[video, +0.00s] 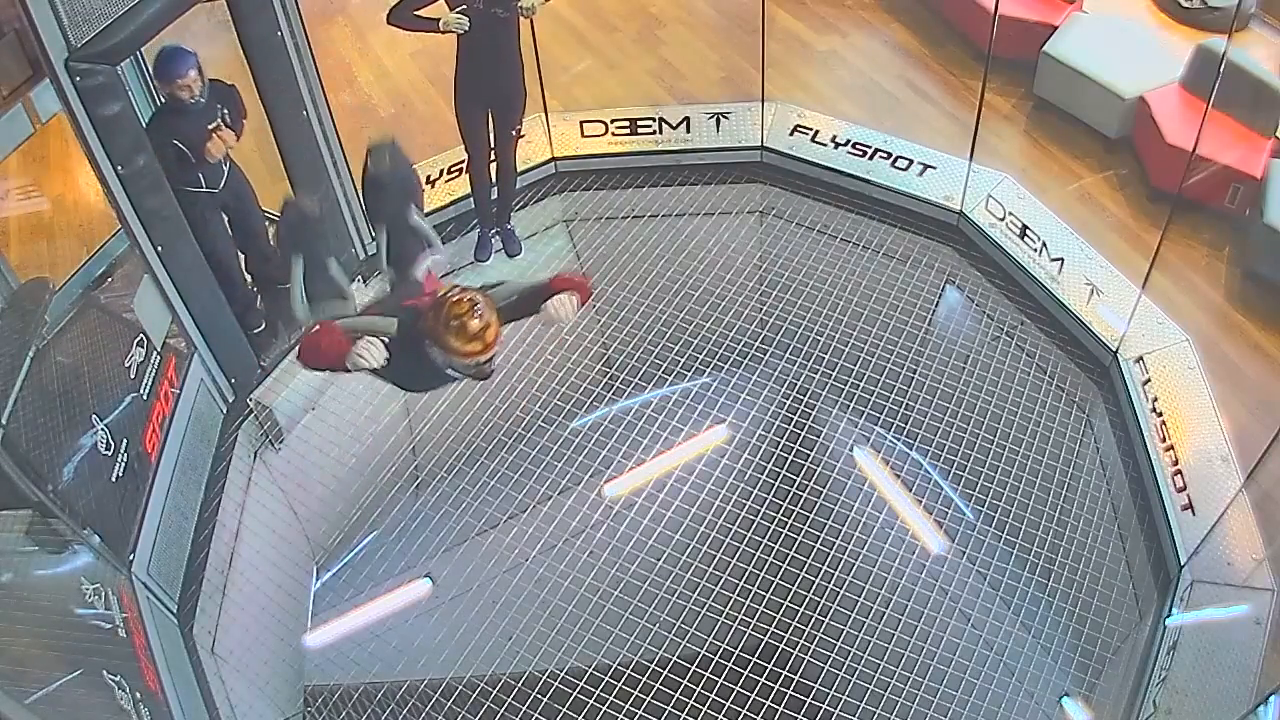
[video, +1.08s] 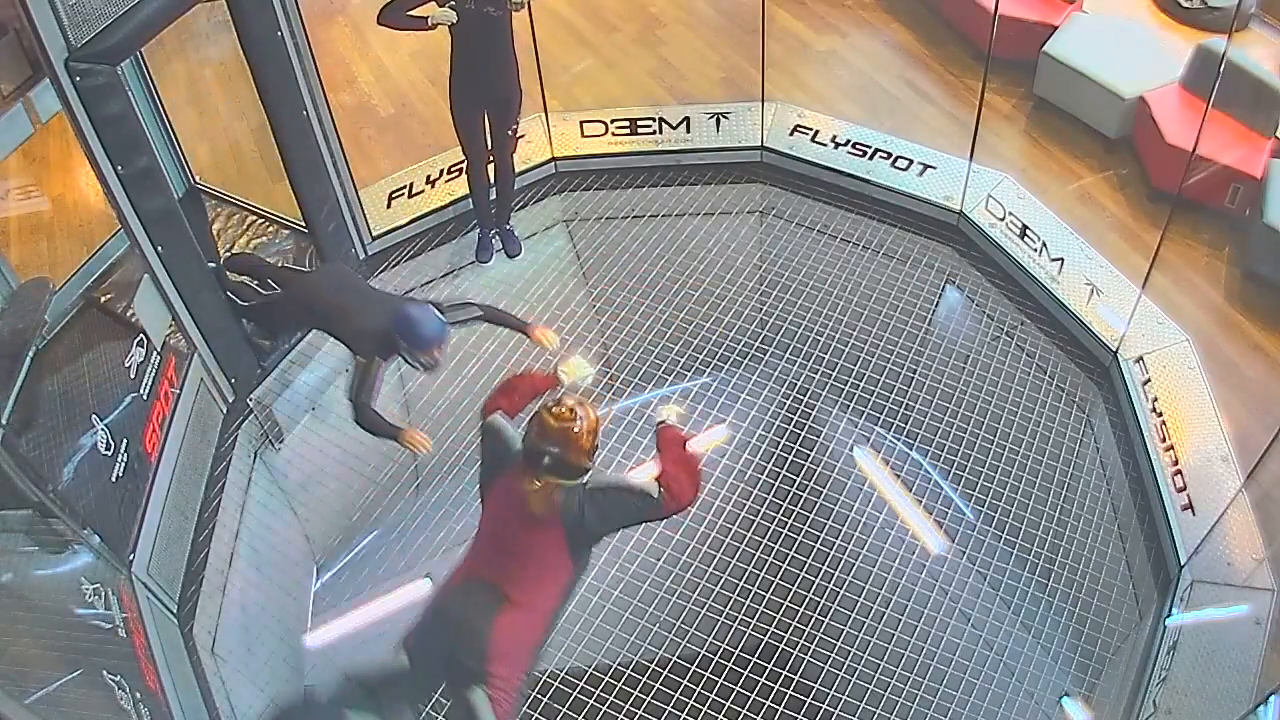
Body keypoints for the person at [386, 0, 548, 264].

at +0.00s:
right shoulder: (448, 0)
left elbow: (524, 8)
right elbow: (396, 15)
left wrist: (530, 7)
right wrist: (438, 24)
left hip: (510, 80)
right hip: (470, 83)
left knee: (507, 156)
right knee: (478, 158)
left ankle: (505, 224)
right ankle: (485, 229)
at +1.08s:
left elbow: (517, 6)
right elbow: (387, 15)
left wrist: (518, 4)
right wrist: (428, 21)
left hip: (504, 78)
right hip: (465, 82)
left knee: (504, 154)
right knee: (477, 158)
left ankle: (504, 225)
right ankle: (485, 229)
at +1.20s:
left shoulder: (508, 2)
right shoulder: (441, 1)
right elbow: (387, 19)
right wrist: (429, 24)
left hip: (503, 82)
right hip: (464, 86)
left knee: (503, 155)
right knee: (475, 159)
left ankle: (504, 225)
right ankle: (484, 229)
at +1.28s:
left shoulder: (507, 1)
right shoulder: (439, 2)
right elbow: (387, 20)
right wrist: (428, 25)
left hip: (502, 81)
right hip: (463, 85)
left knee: (503, 155)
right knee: (475, 160)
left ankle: (504, 225)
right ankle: (484, 229)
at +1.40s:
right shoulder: (439, 1)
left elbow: (520, 4)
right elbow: (384, 18)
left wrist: (524, 1)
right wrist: (426, 26)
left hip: (502, 81)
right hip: (462, 85)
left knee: (503, 156)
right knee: (474, 161)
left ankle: (504, 225)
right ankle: (484, 230)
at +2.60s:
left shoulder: (506, 1)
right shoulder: (440, 1)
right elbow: (392, 23)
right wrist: (436, 28)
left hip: (498, 82)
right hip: (459, 85)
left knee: (503, 160)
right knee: (471, 164)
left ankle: (508, 225)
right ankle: (482, 230)